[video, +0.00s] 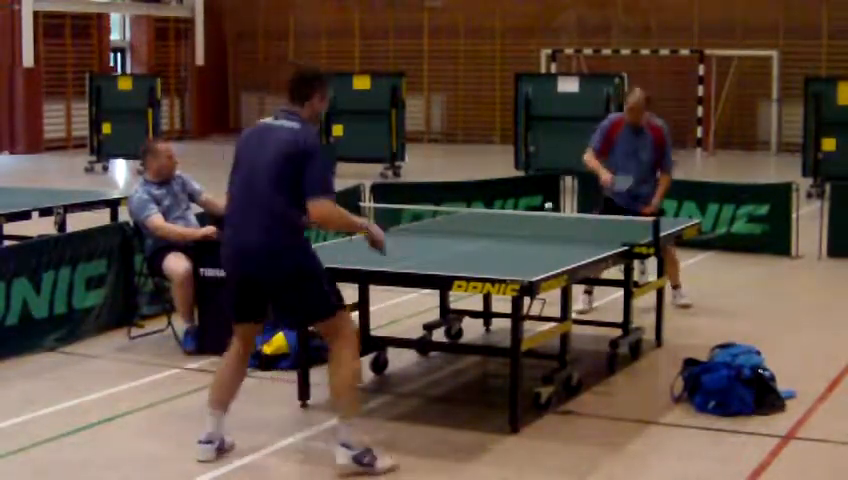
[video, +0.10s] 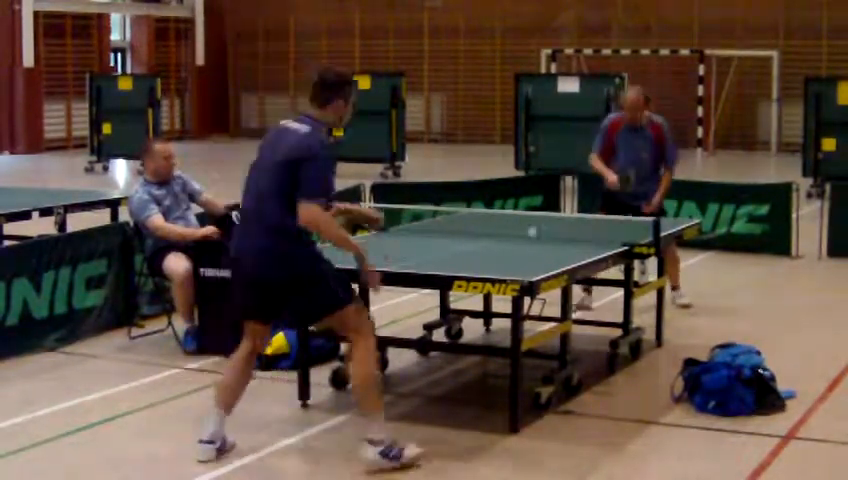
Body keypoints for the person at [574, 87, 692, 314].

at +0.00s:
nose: (632, 117)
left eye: (637, 113)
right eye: (629, 112)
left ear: (645, 111)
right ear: (625, 109)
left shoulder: (657, 129)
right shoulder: (613, 123)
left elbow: (666, 172)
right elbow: (589, 155)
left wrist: (654, 204)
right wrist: (602, 172)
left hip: (644, 200)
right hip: (613, 197)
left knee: (665, 245)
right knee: (597, 244)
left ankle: (677, 289)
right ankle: (587, 294)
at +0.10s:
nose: (632, 115)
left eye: (636, 110)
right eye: (628, 110)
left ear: (645, 108)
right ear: (622, 108)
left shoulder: (658, 126)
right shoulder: (612, 123)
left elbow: (669, 168)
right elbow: (594, 157)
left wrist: (656, 200)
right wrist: (608, 174)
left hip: (647, 196)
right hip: (616, 193)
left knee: (667, 243)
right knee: (597, 240)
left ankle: (676, 290)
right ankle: (586, 292)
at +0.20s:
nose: (627, 115)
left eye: (630, 110)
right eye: (623, 110)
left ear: (640, 108)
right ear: (618, 108)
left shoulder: (655, 126)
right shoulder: (611, 124)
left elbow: (669, 166)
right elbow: (596, 160)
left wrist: (656, 198)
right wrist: (608, 175)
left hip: (647, 195)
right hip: (616, 193)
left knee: (666, 242)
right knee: (596, 238)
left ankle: (676, 289)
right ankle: (579, 286)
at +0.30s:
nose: (621, 115)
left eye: (625, 110)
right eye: (617, 110)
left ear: (634, 108)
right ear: (612, 109)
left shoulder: (648, 126)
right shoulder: (603, 126)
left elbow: (664, 164)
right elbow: (591, 162)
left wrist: (652, 198)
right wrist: (605, 178)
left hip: (642, 195)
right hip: (612, 194)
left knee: (665, 239)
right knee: (592, 236)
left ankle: (675, 288)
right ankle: (577, 283)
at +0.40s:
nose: (613, 117)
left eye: (617, 112)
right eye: (609, 113)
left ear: (625, 110)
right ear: (603, 112)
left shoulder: (639, 128)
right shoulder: (595, 129)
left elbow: (656, 165)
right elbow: (584, 165)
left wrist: (645, 198)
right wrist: (597, 181)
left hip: (634, 195)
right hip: (604, 195)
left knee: (662, 235)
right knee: (589, 238)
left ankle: (673, 289)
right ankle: (570, 286)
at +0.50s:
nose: (610, 119)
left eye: (614, 114)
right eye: (606, 115)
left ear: (623, 113)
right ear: (601, 114)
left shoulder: (637, 131)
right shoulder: (593, 131)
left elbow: (653, 171)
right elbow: (581, 169)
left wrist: (641, 200)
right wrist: (595, 186)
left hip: (631, 197)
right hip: (602, 197)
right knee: (591, 238)